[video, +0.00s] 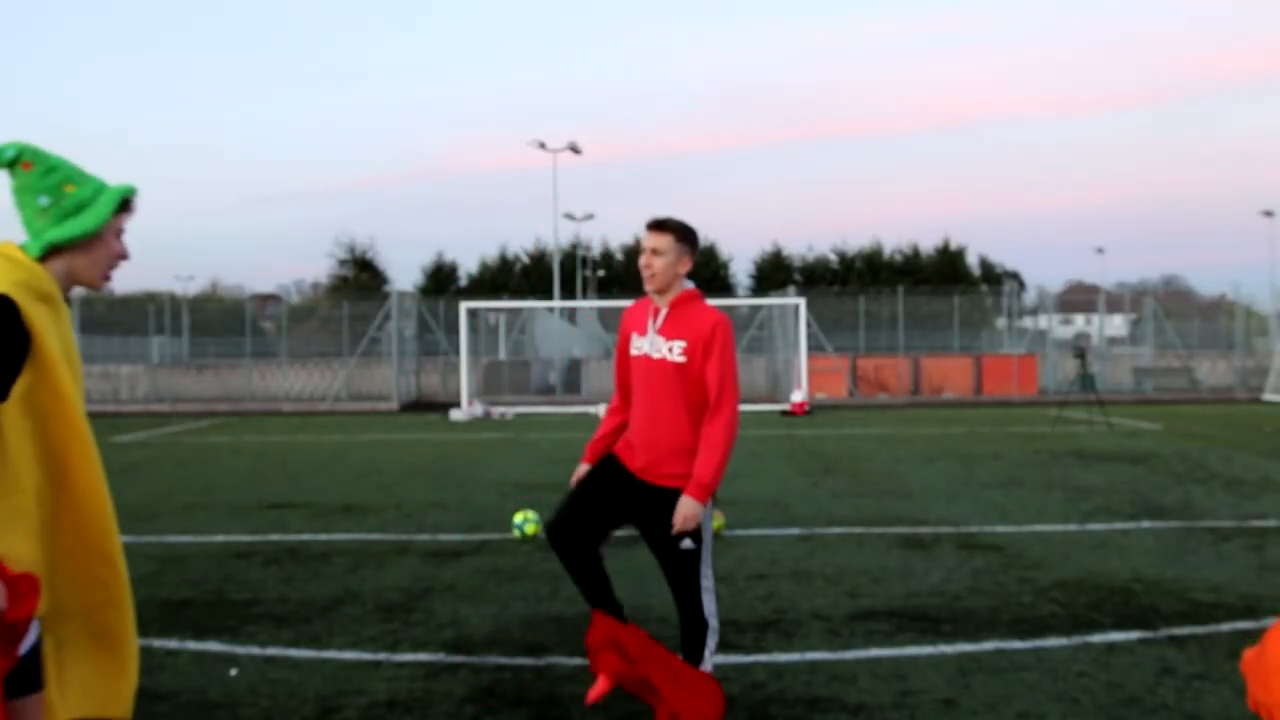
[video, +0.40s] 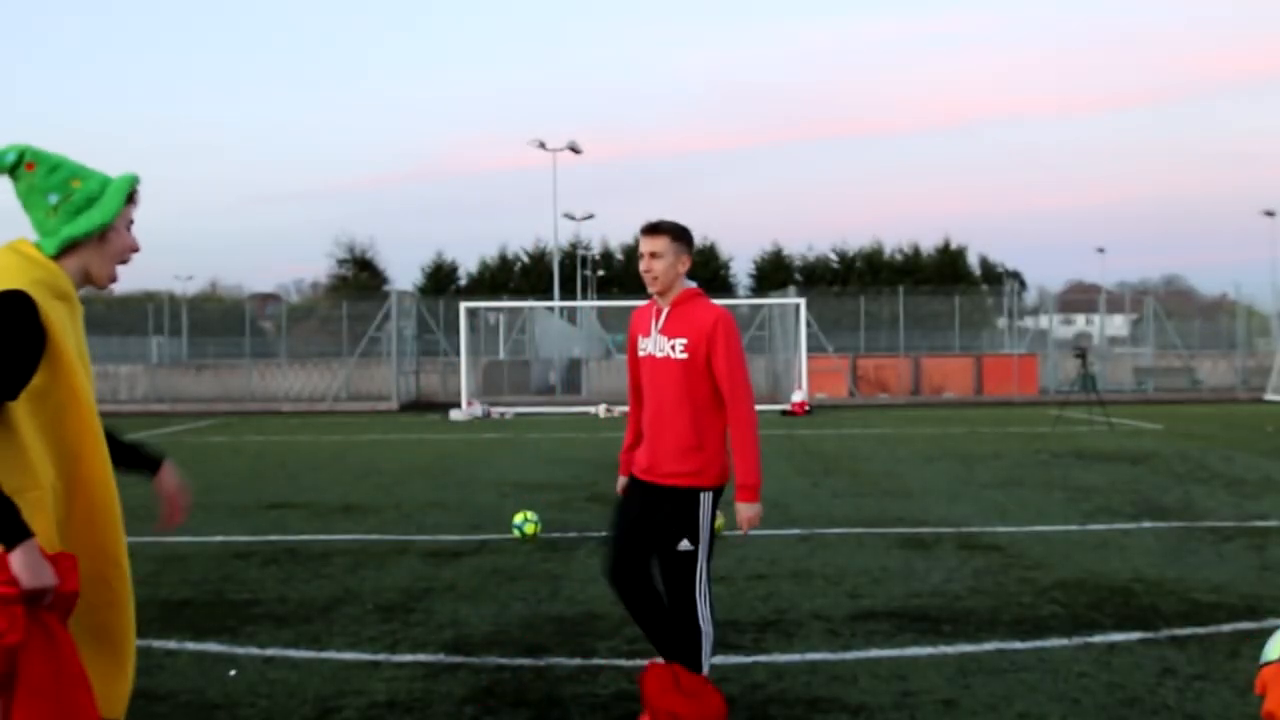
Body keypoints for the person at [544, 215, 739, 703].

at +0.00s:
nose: (645, 263)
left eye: (657, 254)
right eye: (643, 253)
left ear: (685, 262)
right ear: (639, 258)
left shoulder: (709, 325)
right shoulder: (635, 316)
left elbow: (723, 414)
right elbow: (622, 401)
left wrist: (698, 493)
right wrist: (590, 459)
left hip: (676, 485)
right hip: (625, 470)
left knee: (693, 603)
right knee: (566, 534)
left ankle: (693, 693)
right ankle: (618, 641)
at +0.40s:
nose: (646, 266)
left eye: (657, 256)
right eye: (642, 257)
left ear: (685, 261)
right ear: (640, 263)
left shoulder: (713, 319)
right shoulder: (642, 318)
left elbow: (740, 405)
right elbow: (638, 401)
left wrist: (747, 490)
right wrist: (626, 465)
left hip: (694, 481)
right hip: (646, 477)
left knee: (687, 589)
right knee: (625, 571)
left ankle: (693, 691)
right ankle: (683, 665)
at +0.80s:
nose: (628, 271)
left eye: (636, 261)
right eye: (623, 263)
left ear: (664, 263)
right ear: (624, 271)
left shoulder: (703, 310)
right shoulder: (635, 332)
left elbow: (738, 388)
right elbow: (644, 416)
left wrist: (743, 468)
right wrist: (637, 482)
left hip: (706, 449)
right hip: (666, 459)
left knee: (655, 527)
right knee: (684, 566)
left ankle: (693, 634)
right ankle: (702, 694)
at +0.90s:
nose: (628, 268)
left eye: (637, 258)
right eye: (624, 261)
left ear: (664, 262)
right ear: (624, 269)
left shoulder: (704, 309)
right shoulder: (633, 332)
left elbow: (739, 389)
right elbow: (641, 415)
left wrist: (742, 465)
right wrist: (639, 481)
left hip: (706, 442)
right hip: (664, 454)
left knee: (647, 512)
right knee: (687, 569)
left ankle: (700, 605)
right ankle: (703, 693)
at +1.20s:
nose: (640, 269)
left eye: (650, 259)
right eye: (636, 260)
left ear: (677, 263)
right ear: (632, 265)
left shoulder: (709, 313)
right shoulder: (638, 324)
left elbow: (747, 395)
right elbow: (642, 406)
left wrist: (754, 473)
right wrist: (633, 472)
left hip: (712, 433)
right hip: (666, 441)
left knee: (646, 478)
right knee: (683, 570)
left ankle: (751, 527)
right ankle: (702, 671)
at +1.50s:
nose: (653, 270)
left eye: (663, 261)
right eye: (648, 261)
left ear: (691, 263)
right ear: (645, 264)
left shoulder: (723, 315)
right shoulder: (643, 318)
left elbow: (760, 395)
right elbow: (633, 398)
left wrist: (769, 472)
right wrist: (617, 462)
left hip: (714, 450)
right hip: (669, 456)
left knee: (683, 549)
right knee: (679, 563)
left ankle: (739, 677)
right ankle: (702, 672)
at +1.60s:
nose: (662, 264)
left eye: (673, 255)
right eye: (659, 254)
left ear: (700, 261)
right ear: (655, 260)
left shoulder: (731, 318)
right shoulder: (645, 319)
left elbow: (762, 402)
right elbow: (627, 400)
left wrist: (774, 479)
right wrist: (605, 470)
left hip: (714, 469)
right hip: (668, 471)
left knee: (694, 587)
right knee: (677, 587)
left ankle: (710, 709)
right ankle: (706, 694)